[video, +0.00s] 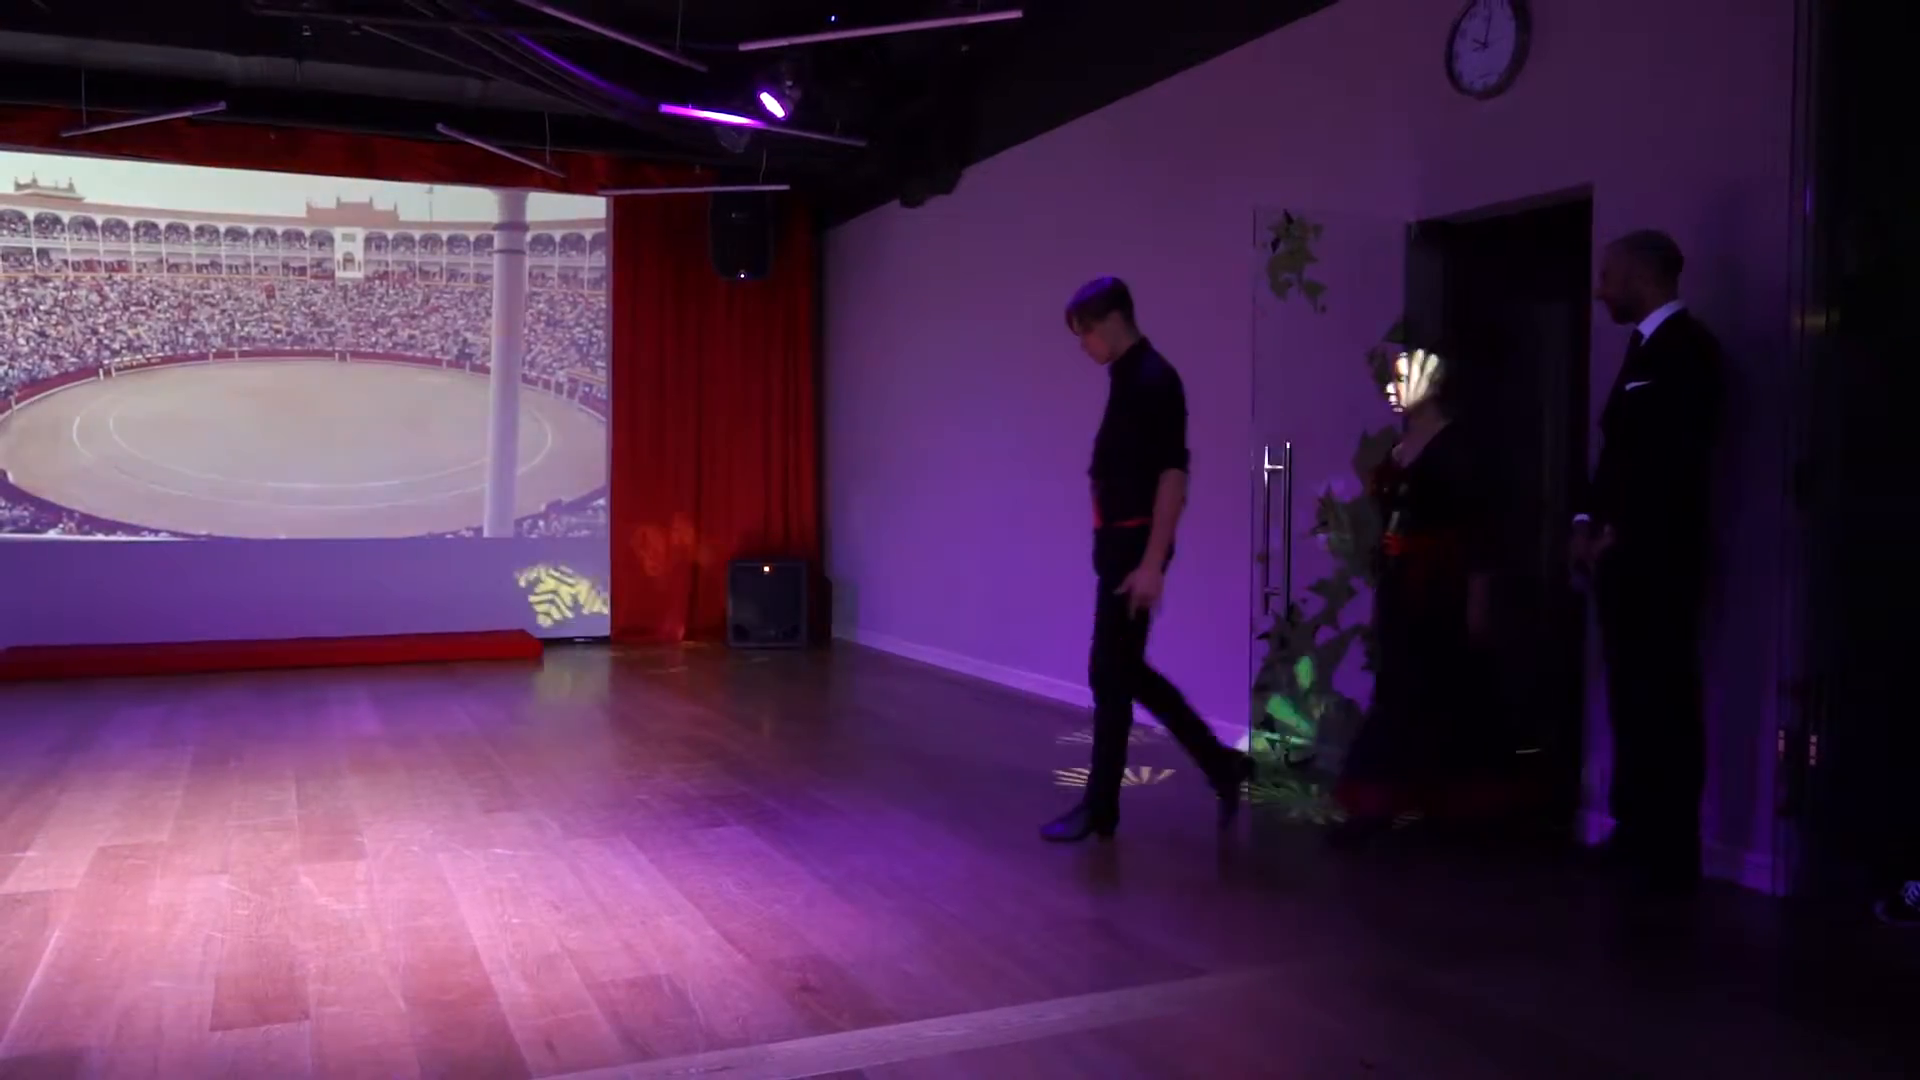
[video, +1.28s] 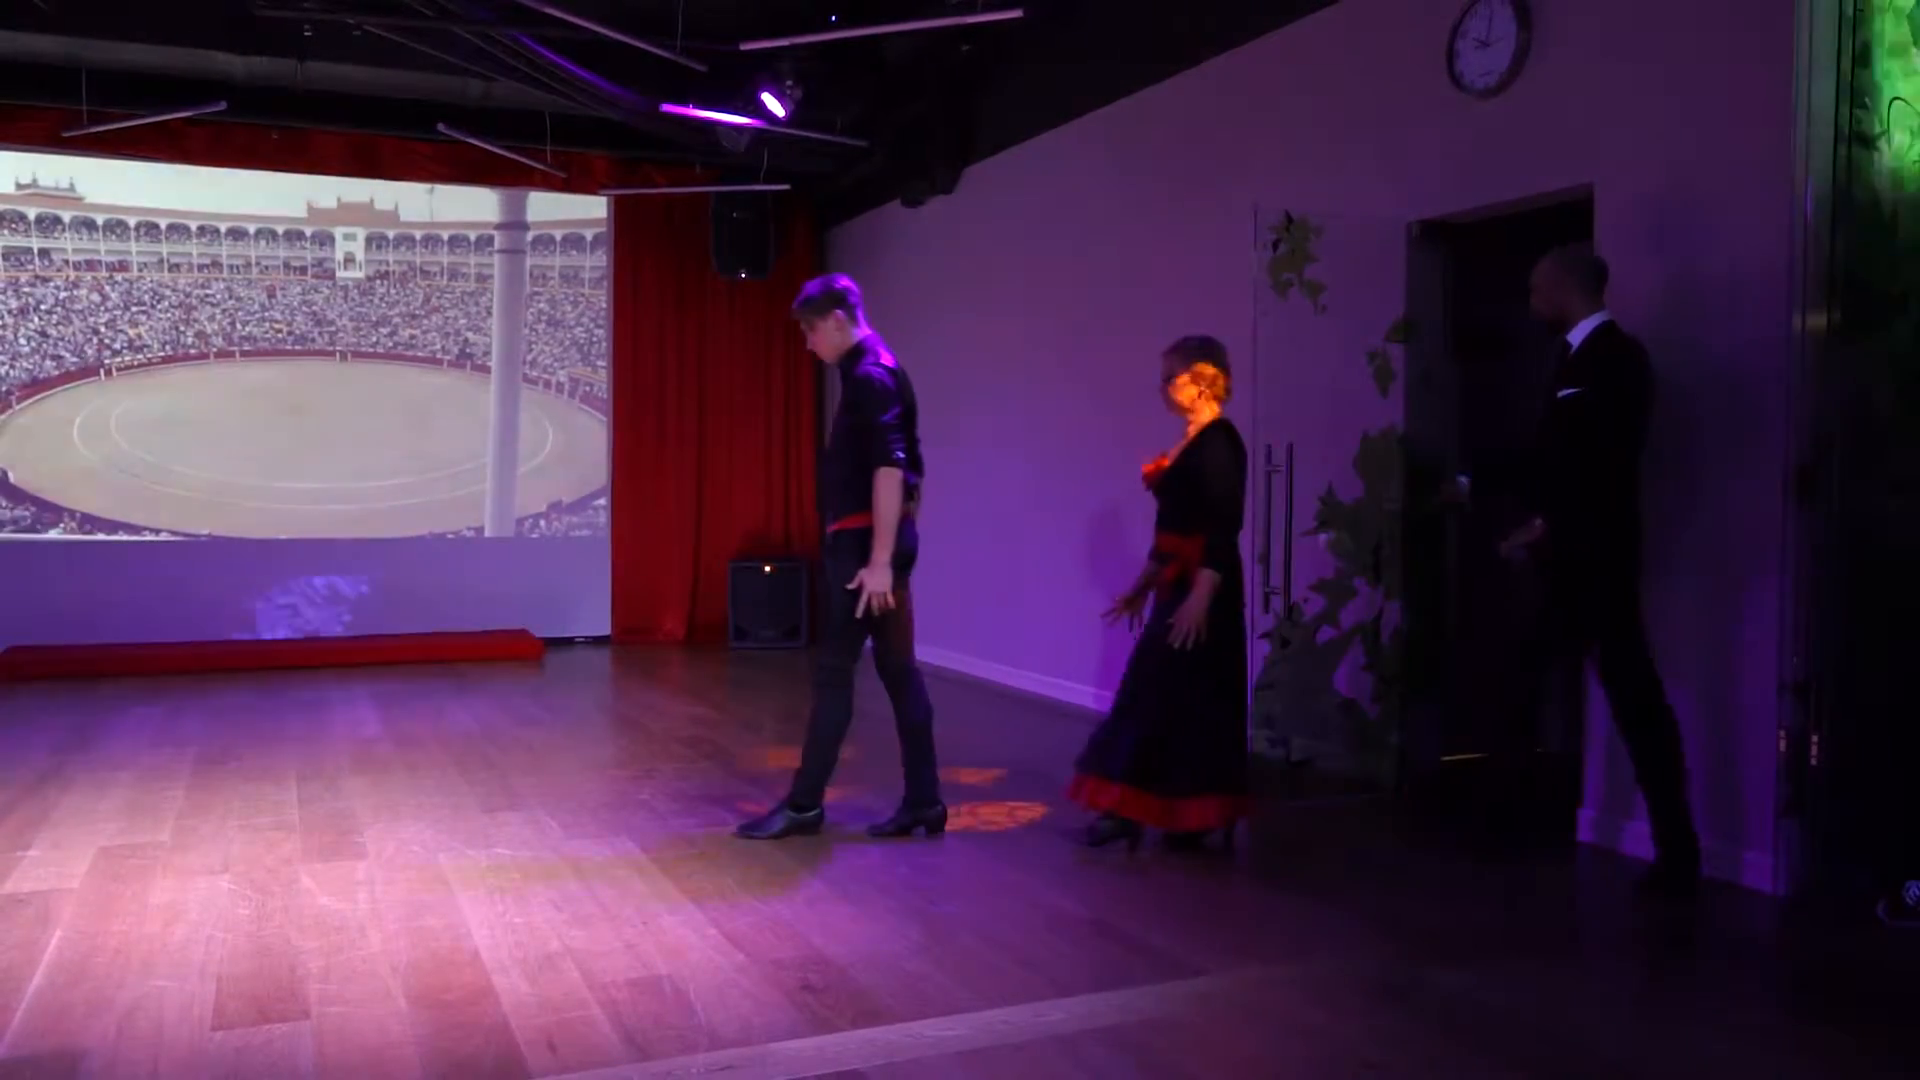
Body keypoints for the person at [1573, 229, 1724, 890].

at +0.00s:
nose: (1604, 288)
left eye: (1613, 274)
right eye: (1605, 274)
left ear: (1646, 277)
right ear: (1653, 276)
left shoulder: (1683, 351)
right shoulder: (1646, 349)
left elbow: (1661, 464)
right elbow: (1614, 452)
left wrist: (1617, 530)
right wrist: (1587, 516)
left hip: (1664, 558)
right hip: (1634, 556)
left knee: (1660, 703)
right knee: (1638, 702)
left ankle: (1664, 851)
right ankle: (1639, 842)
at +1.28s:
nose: (1534, 301)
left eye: (1541, 288)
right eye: (1535, 289)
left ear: (1570, 288)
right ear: (1584, 287)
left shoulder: (1598, 361)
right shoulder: (1601, 356)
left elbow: (1585, 470)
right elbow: (1584, 469)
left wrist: (1547, 525)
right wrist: (1546, 525)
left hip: (1595, 552)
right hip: (1590, 549)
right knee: (1634, 695)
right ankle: (1675, 847)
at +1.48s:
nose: (1483, 304)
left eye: (1490, 292)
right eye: (1484, 292)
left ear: (1520, 292)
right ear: (1526, 293)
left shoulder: (1562, 356)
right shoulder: (1537, 356)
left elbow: (1560, 466)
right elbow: (1545, 464)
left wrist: (1525, 539)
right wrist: (1518, 535)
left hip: (1567, 547)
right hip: (1553, 545)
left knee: (1598, 690)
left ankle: (1656, 842)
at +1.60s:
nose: (1460, 308)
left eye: (1465, 294)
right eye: (1460, 295)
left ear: (1492, 292)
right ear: (1497, 291)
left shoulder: (1547, 352)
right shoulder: (1498, 358)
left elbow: (1552, 459)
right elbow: (1445, 424)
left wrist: (1523, 537)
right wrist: (1356, 442)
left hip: (1556, 545)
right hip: (1516, 544)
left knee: (1580, 689)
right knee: (1503, 683)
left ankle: (1620, 838)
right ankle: (1504, 822)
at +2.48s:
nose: (1433, 305)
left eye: (1439, 290)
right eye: (1433, 292)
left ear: (1464, 288)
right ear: (1468, 286)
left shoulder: (1511, 351)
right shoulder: (1479, 352)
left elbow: (1513, 455)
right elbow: (1459, 451)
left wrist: (1511, 539)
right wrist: (1369, 456)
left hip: (1518, 558)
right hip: (1493, 555)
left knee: (1510, 695)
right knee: (1494, 693)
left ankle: (1521, 835)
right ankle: (1499, 828)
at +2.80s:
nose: (1459, 308)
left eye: (1460, 296)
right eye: (1460, 296)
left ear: (1473, 294)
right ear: (1506, 290)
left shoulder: (1511, 356)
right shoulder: (1527, 349)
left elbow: (1507, 463)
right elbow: (1508, 460)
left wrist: (1494, 548)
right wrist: (1444, 465)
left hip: (1521, 554)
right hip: (1530, 546)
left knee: (1511, 693)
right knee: (1521, 691)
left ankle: (1518, 830)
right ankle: (1524, 827)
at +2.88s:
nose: (1481, 310)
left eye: (1483, 299)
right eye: (1483, 298)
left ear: (1494, 299)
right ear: (1532, 290)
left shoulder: (1525, 357)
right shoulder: (1560, 349)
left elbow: (1523, 468)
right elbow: (1534, 463)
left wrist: (1502, 552)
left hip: (1540, 552)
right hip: (1567, 545)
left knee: (1535, 693)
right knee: (1562, 692)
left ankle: (1542, 833)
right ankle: (1570, 833)